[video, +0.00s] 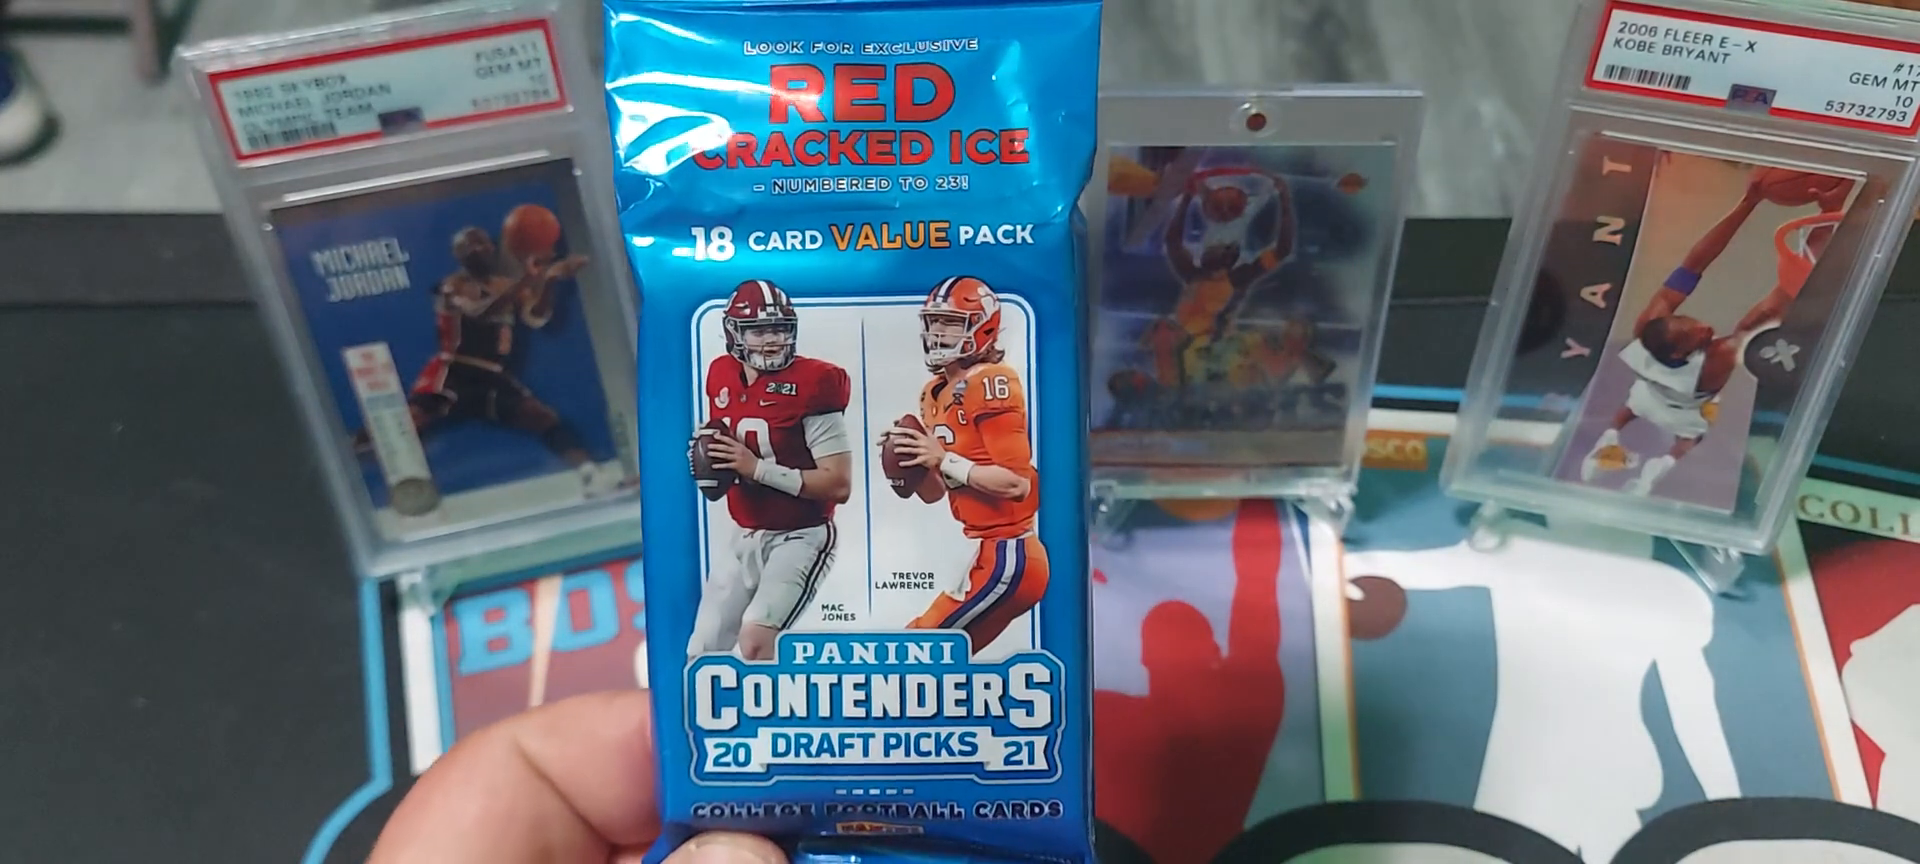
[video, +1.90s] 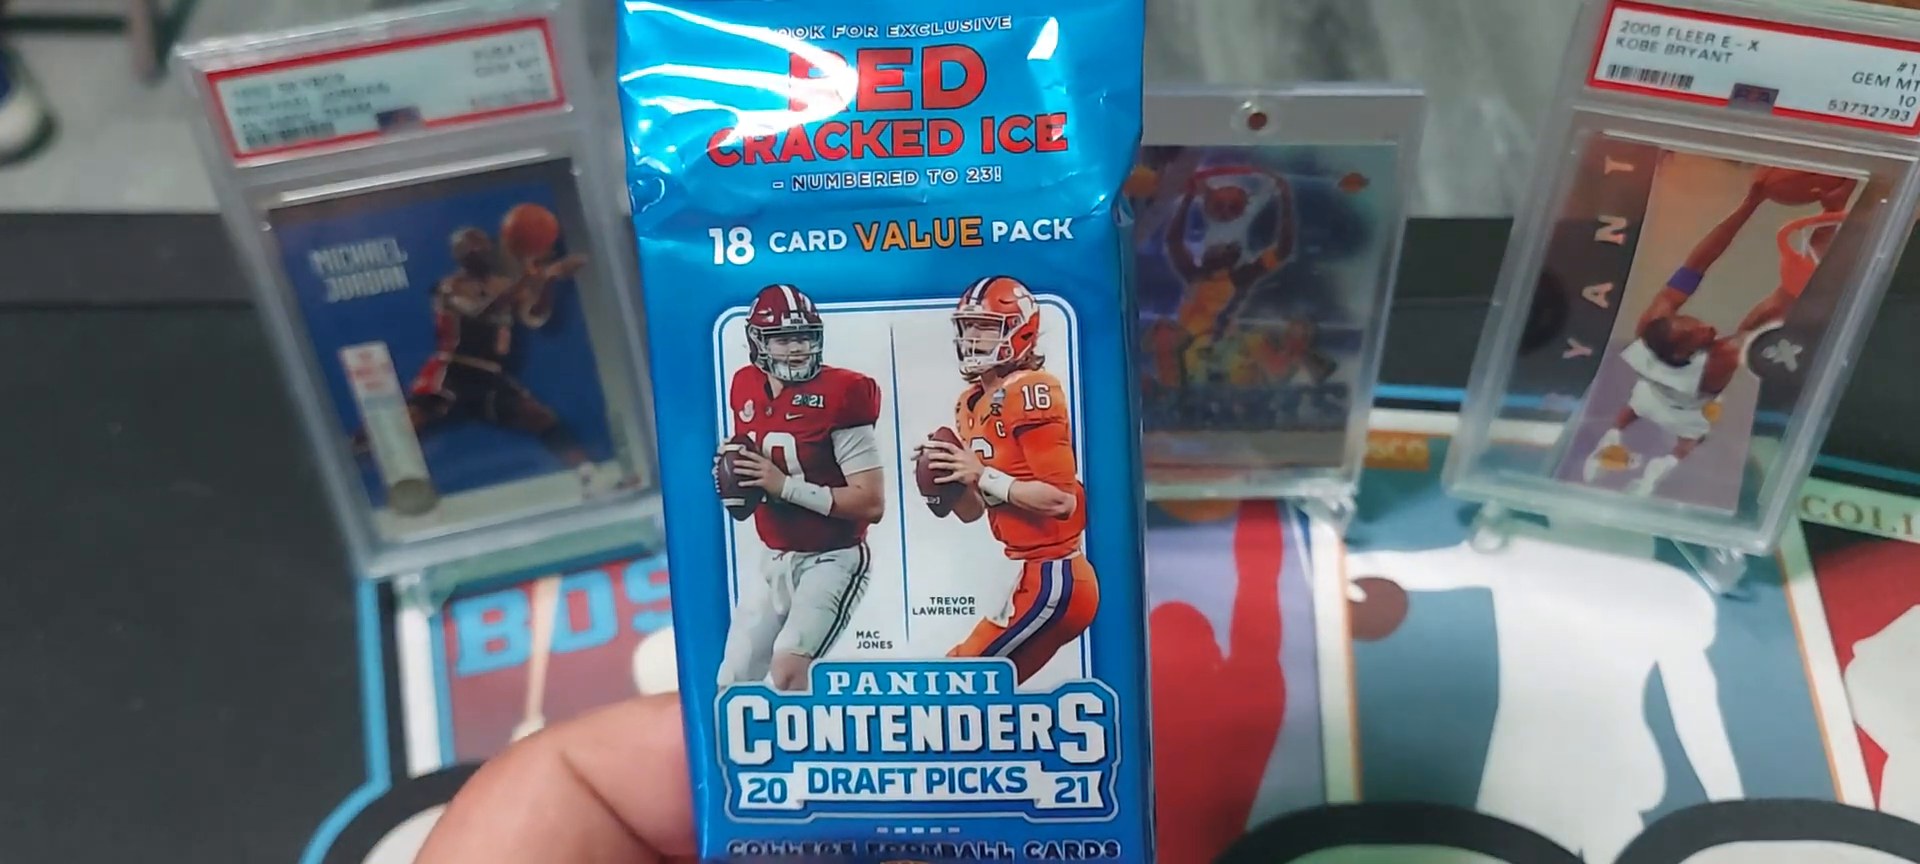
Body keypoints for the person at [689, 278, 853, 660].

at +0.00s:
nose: (770, 340)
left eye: (779, 329)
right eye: (758, 330)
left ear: (791, 331)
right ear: (735, 333)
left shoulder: (816, 382)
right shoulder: (722, 373)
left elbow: (839, 485)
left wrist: (756, 468)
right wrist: (704, 453)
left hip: (804, 537)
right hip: (745, 538)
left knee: (755, 642)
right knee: (703, 652)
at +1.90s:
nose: (795, 349)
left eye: (803, 338)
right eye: (783, 339)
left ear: (817, 339)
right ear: (759, 342)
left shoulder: (844, 393)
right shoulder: (746, 385)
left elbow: (871, 503)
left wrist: (784, 485)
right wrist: (730, 470)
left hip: (835, 559)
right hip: (774, 561)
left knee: (787, 673)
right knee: (733, 682)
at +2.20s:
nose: (805, 368)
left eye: (813, 357)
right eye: (791, 358)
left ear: (825, 358)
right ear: (767, 363)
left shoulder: (852, 413)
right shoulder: (754, 406)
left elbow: (877, 522)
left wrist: (791, 505)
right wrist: (739, 495)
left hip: (841, 577)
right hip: (780, 580)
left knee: (793, 691)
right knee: (738, 703)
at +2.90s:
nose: (852, 384)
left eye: (861, 372)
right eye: (838, 373)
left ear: (875, 375)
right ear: (813, 377)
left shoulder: (902, 432)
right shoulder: (802, 420)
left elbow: (925, 546)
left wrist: (836, 524)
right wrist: (783, 514)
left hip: (887, 602)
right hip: (826, 602)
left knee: (836, 715)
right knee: (779, 726)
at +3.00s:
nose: (904, 412)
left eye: (914, 400)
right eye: (890, 400)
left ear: (928, 402)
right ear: (865, 403)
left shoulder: (956, 461)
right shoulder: (852, 447)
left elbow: (975, 577)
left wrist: (885, 553)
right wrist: (832, 543)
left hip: (935, 635)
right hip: (871, 632)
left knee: (881, 748)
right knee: (823, 757)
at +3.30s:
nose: (959, 402)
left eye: (968, 391)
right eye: (946, 391)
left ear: (982, 394)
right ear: (919, 393)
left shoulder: (1004, 453)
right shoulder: (901, 436)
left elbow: (1021, 570)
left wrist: (932, 544)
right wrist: (877, 527)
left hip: (977, 626)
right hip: (910, 621)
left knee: (916, 738)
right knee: (858, 743)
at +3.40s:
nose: (979, 379)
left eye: (990, 367)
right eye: (967, 367)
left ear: (1004, 371)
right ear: (941, 369)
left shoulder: (1025, 429)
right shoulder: (923, 409)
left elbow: (1035, 547)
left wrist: (947, 517)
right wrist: (895, 494)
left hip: (991, 600)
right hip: (927, 594)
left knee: (926, 707)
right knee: (867, 712)